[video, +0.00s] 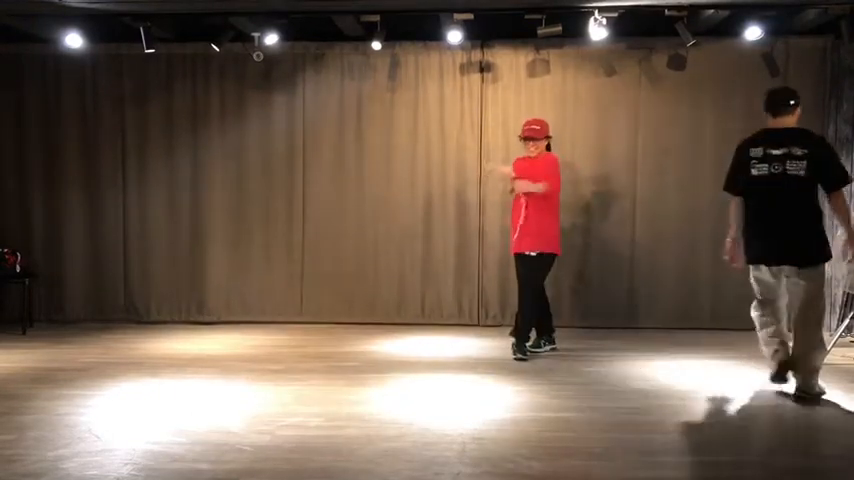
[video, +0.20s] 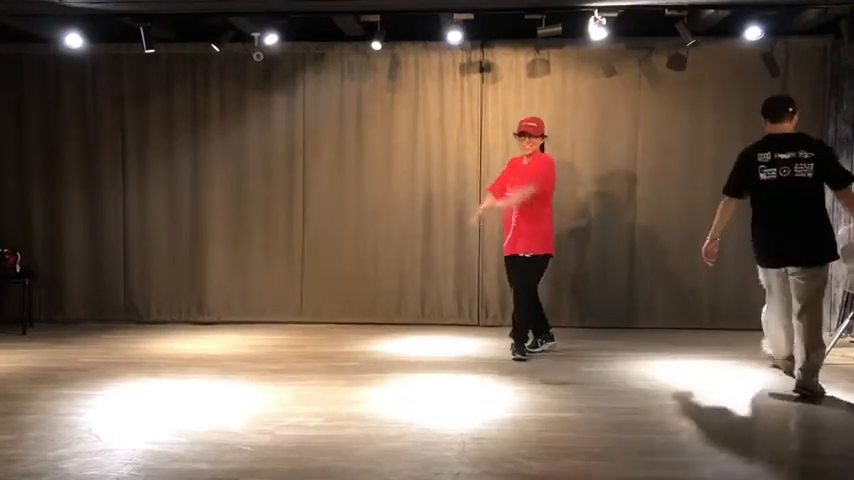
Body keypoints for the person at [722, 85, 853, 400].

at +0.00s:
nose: (798, 114)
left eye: (792, 110)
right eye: (798, 110)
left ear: (767, 112)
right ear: (797, 110)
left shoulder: (748, 147)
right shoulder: (814, 144)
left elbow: (736, 198)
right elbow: (836, 195)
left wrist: (733, 234)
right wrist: (849, 231)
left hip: (762, 244)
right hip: (805, 244)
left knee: (766, 303)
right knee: (808, 314)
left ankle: (778, 356)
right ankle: (807, 383)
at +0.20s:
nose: (793, 122)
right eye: (794, 117)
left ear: (764, 120)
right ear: (794, 117)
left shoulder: (751, 155)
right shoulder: (815, 148)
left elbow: (729, 200)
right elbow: (844, 191)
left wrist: (713, 237)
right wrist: (851, 218)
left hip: (768, 248)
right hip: (810, 246)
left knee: (776, 305)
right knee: (810, 312)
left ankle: (783, 357)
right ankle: (807, 380)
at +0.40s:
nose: (776, 124)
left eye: (751, 124)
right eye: (779, 118)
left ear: (750, 123)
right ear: (780, 119)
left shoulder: (742, 156)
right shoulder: (803, 147)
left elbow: (733, 203)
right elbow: (824, 192)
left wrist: (726, 238)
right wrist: (836, 228)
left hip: (764, 243)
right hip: (803, 239)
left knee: (772, 303)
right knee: (811, 294)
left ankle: (782, 356)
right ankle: (810, 344)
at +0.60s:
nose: (739, 125)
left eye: (738, 121)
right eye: (738, 121)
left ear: (743, 120)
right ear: (767, 118)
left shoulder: (733, 151)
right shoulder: (790, 148)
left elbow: (727, 199)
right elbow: (799, 195)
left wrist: (734, 229)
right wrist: (802, 228)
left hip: (753, 233)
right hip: (786, 231)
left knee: (764, 295)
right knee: (784, 289)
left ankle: (781, 354)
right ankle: (791, 340)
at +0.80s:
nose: (720, 129)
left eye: (721, 124)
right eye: (720, 124)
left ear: (730, 123)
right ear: (748, 124)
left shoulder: (721, 153)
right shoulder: (769, 153)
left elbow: (708, 195)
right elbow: (775, 199)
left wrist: (728, 210)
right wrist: (773, 232)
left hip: (733, 234)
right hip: (761, 233)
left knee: (752, 298)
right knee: (746, 291)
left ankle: (780, 353)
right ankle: (721, 332)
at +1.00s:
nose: (697, 131)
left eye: (698, 126)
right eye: (697, 126)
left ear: (707, 125)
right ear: (720, 125)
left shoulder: (702, 153)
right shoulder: (741, 152)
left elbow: (690, 196)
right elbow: (741, 193)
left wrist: (682, 224)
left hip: (709, 228)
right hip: (737, 227)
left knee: (704, 283)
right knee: (728, 285)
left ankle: (752, 324)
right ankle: (719, 336)